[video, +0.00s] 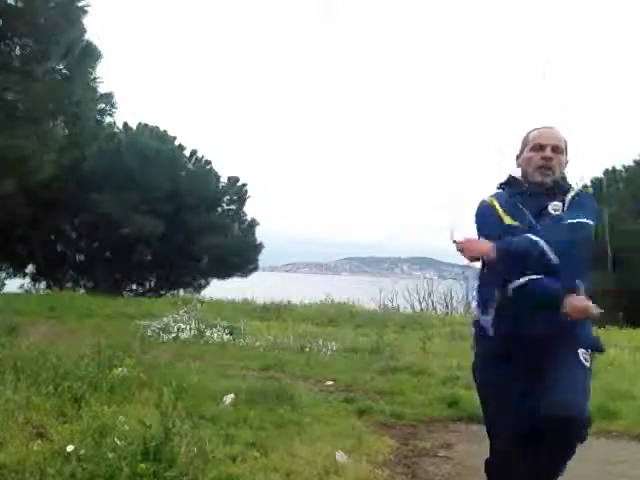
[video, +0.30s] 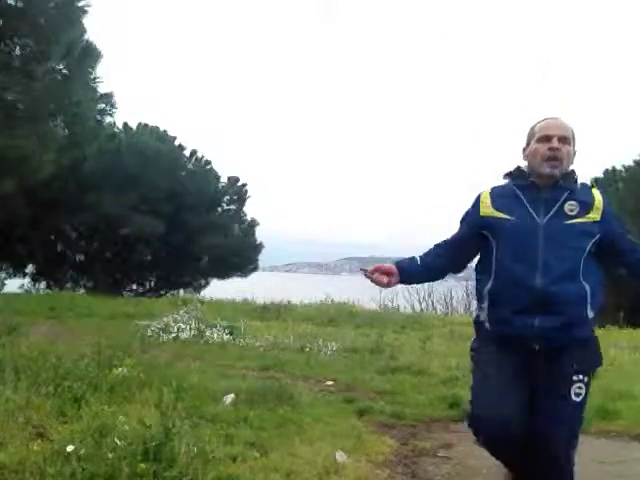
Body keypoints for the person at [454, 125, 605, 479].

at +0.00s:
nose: (547, 156)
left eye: (556, 150)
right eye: (538, 149)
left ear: (566, 161)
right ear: (520, 158)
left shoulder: (581, 203)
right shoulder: (494, 207)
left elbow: (562, 244)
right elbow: (507, 277)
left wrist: (496, 249)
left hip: (564, 336)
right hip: (503, 340)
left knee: (566, 420)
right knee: (509, 444)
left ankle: (530, 474)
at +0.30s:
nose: (554, 147)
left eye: (563, 141)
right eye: (545, 140)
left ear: (573, 154)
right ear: (527, 151)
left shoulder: (594, 205)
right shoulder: (492, 201)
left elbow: (631, 260)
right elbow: (450, 254)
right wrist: (400, 271)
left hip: (568, 344)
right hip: (500, 342)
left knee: (553, 452)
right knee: (493, 425)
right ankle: (534, 470)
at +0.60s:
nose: (552, 135)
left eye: (558, 129)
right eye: (541, 129)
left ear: (565, 141)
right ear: (517, 141)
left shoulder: (588, 194)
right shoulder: (485, 195)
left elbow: (626, 257)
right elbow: (446, 253)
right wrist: (394, 272)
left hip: (567, 340)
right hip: (500, 341)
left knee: (559, 437)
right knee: (506, 444)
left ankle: (536, 474)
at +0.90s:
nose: (569, 123)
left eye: (573, 118)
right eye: (556, 117)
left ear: (578, 131)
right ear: (530, 130)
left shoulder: (593, 187)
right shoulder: (492, 182)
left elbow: (623, 250)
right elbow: (452, 239)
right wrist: (400, 267)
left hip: (570, 331)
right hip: (504, 329)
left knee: (557, 439)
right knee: (507, 434)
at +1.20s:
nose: (560, 120)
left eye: (564, 115)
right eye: (548, 114)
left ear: (571, 127)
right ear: (523, 127)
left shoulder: (592, 179)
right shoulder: (491, 179)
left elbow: (631, 239)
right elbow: (451, 237)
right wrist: (406, 271)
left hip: (570, 327)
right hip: (504, 325)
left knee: (559, 441)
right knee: (510, 432)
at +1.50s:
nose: (559, 127)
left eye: (565, 122)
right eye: (548, 122)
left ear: (573, 133)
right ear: (526, 134)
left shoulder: (591, 186)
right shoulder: (493, 185)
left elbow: (621, 251)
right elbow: (456, 244)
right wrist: (413, 283)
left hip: (572, 333)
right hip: (508, 333)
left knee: (572, 437)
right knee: (509, 445)